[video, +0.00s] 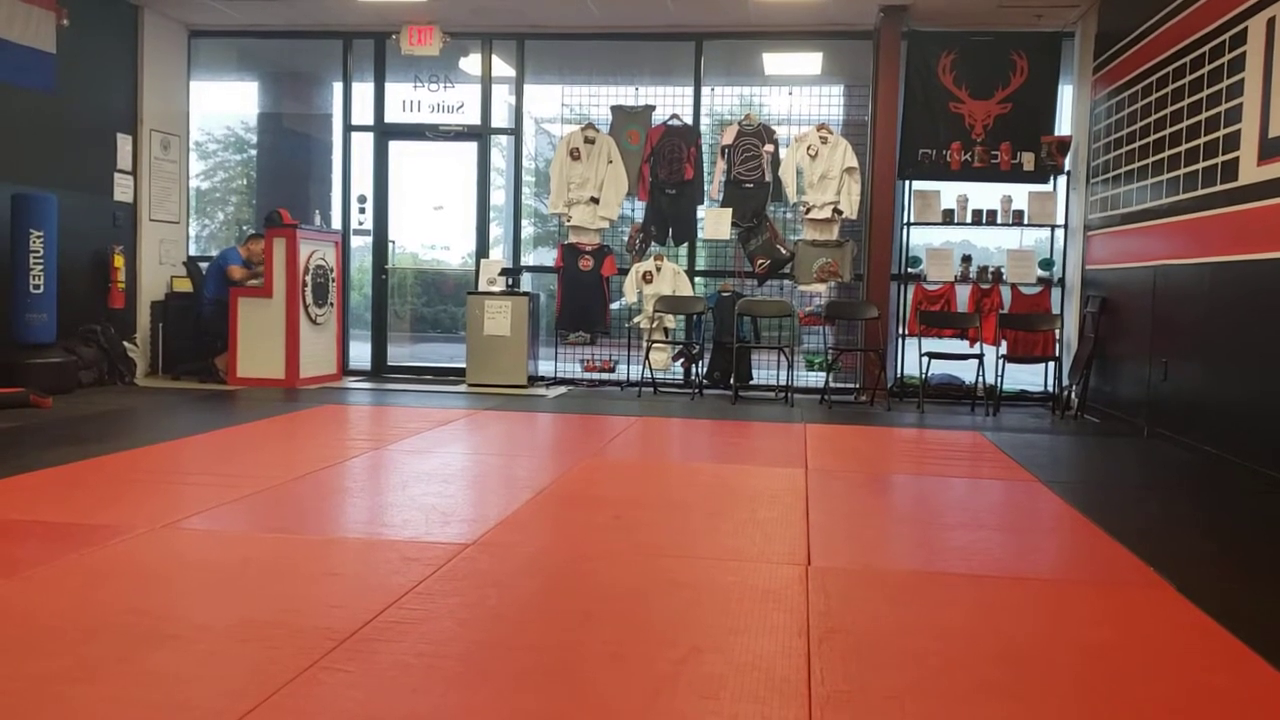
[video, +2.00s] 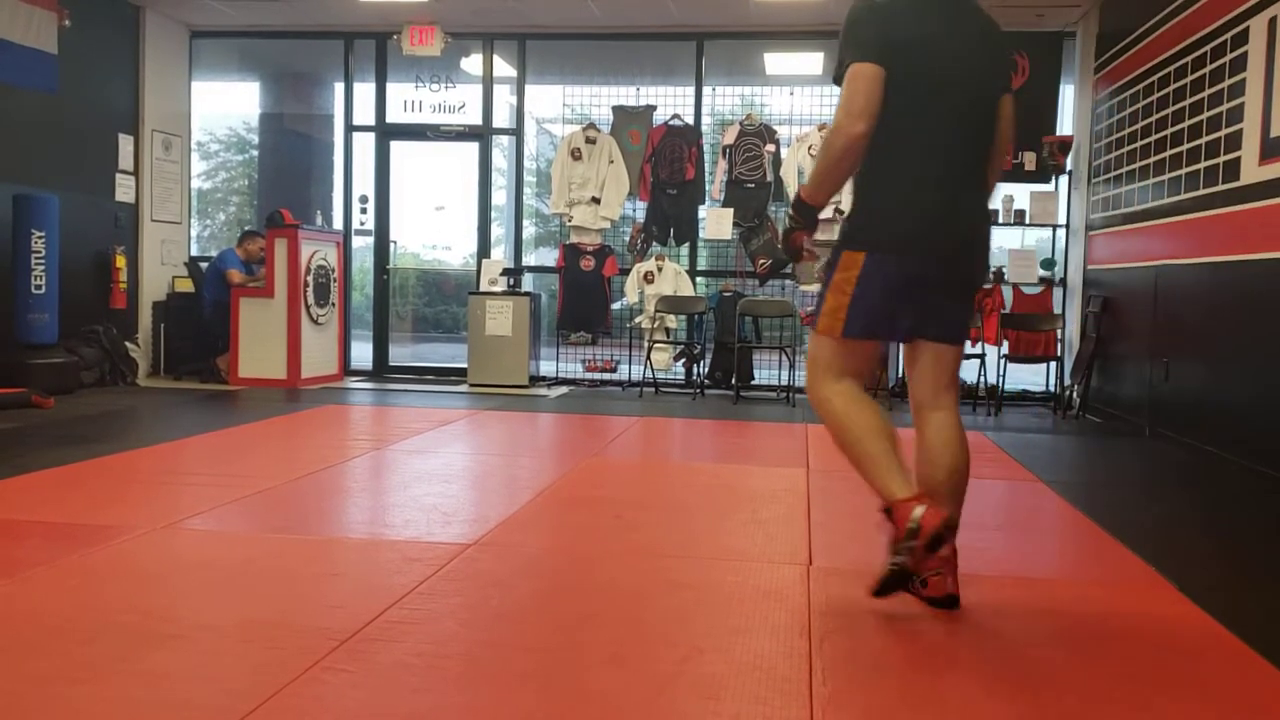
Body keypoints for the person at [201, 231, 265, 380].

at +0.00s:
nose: (262, 256)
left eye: (264, 252)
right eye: (261, 251)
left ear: (252, 246)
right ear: (250, 245)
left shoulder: (244, 261)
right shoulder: (231, 254)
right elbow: (236, 275)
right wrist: (256, 273)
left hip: (227, 306)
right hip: (213, 307)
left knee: (254, 329)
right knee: (249, 332)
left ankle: (224, 363)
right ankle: (221, 362)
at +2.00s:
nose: (262, 254)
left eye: (263, 250)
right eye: (260, 249)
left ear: (247, 246)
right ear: (247, 245)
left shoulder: (245, 263)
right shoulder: (229, 256)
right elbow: (235, 279)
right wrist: (257, 278)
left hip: (230, 308)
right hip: (215, 309)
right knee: (253, 332)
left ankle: (226, 363)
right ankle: (223, 362)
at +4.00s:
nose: (261, 254)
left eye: (262, 250)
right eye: (260, 249)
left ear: (248, 245)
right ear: (247, 244)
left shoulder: (246, 264)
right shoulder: (228, 255)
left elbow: (252, 284)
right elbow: (235, 280)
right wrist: (258, 278)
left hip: (230, 308)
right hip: (213, 309)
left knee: (259, 327)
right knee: (253, 330)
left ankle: (227, 363)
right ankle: (224, 362)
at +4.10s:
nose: (261, 254)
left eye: (262, 250)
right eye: (259, 249)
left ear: (247, 245)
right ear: (246, 244)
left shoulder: (246, 264)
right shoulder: (228, 256)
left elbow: (252, 282)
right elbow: (235, 280)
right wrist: (258, 279)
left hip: (230, 308)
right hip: (213, 309)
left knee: (257, 324)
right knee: (251, 328)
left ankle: (226, 363)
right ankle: (223, 362)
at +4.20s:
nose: (252, 250)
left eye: (254, 246)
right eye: (251, 245)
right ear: (242, 244)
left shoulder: (242, 261)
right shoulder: (226, 256)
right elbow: (234, 280)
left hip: (221, 303)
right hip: (209, 303)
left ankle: (221, 367)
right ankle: (215, 368)